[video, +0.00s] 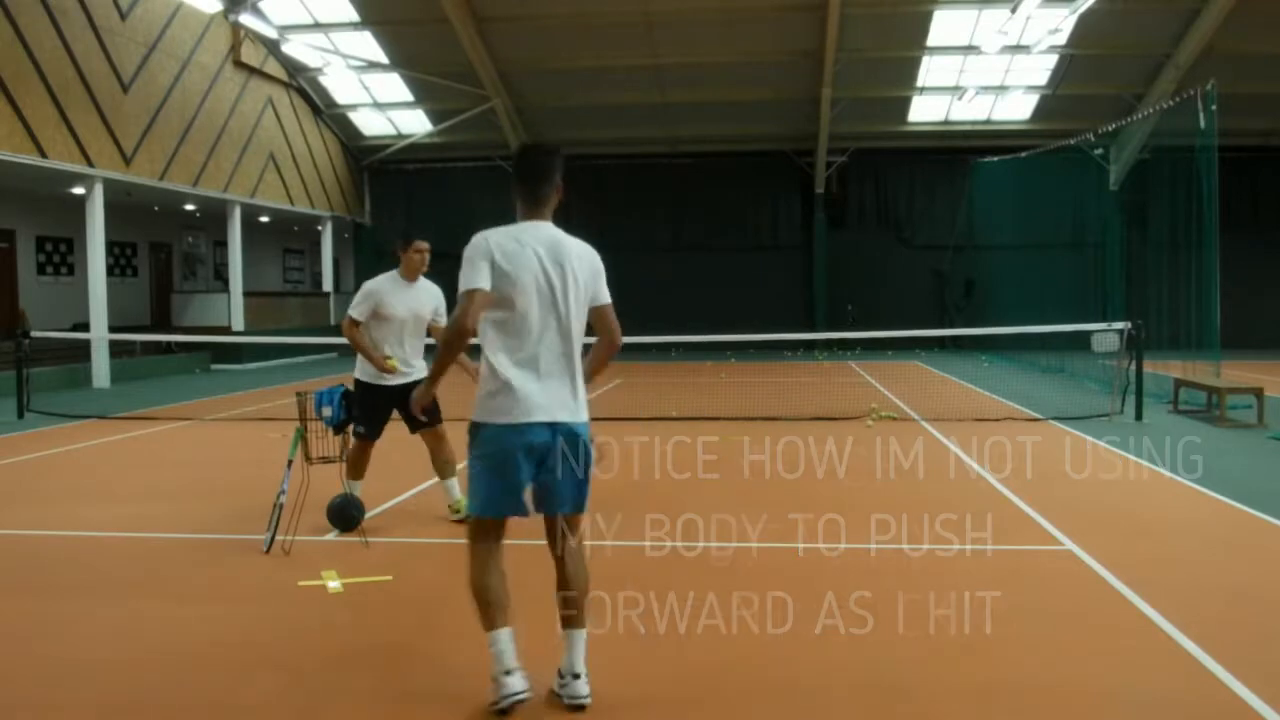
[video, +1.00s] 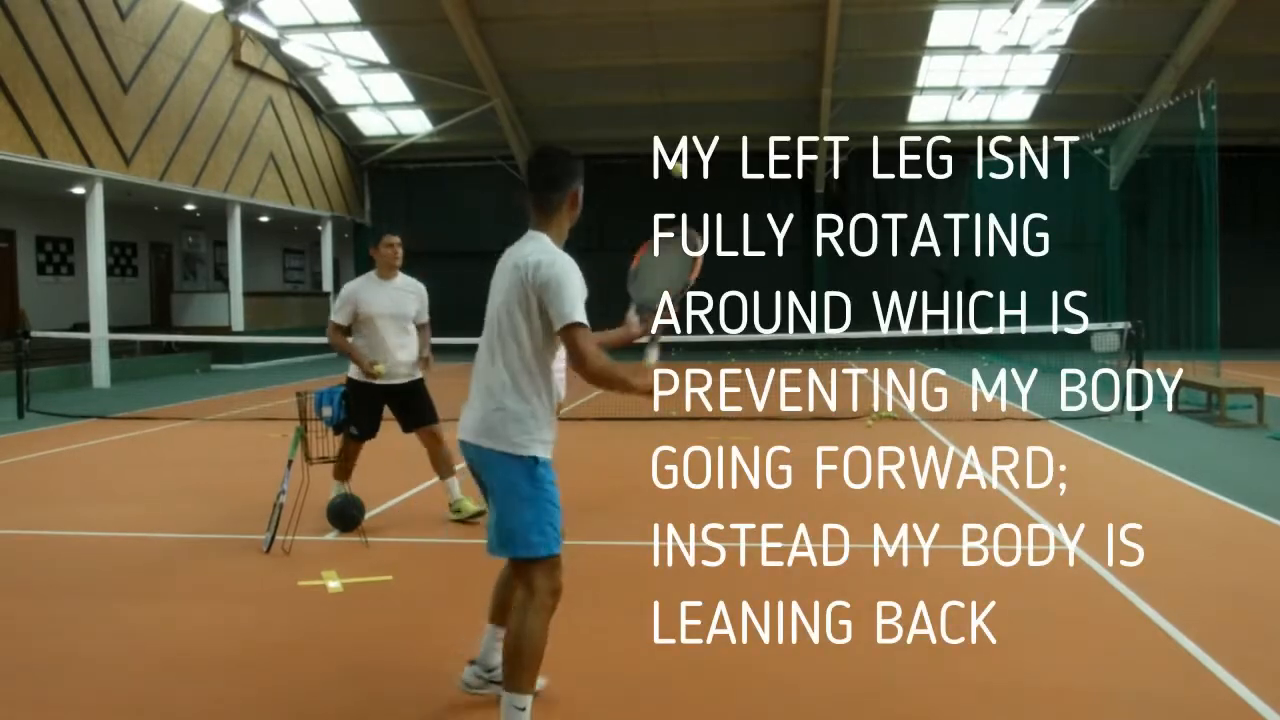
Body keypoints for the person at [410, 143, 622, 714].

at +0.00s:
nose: (553, 194)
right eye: (558, 185)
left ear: (514, 190)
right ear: (558, 192)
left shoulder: (487, 244)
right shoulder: (584, 255)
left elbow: (466, 322)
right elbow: (610, 337)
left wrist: (429, 385)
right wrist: (573, 386)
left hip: (504, 422)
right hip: (568, 421)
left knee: (485, 541)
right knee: (567, 536)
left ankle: (508, 673)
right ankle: (575, 673)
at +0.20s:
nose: (523, 222)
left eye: (515, 214)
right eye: (525, 214)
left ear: (476, 219)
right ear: (522, 219)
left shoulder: (441, 278)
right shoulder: (545, 284)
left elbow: (407, 359)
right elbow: (594, 371)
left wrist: (404, 419)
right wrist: (585, 407)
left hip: (454, 447)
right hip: (523, 449)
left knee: (422, 573)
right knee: (550, 551)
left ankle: (394, 701)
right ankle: (573, 680)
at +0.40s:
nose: (510, 204)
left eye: (506, 196)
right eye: (511, 196)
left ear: (459, 198)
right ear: (503, 198)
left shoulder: (423, 256)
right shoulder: (514, 263)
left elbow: (400, 341)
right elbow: (527, 359)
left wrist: (444, 369)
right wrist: (531, 404)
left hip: (426, 433)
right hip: (492, 433)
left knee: (421, 568)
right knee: (543, 557)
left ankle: (395, 704)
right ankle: (573, 682)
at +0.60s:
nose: (521, 205)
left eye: (518, 197)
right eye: (521, 197)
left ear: (470, 200)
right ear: (515, 201)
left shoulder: (443, 261)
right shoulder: (514, 266)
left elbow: (438, 346)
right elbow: (525, 366)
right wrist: (539, 411)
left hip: (428, 441)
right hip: (485, 446)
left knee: (435, 569)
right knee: (551, 571)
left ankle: (396, 703)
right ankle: (537, 709)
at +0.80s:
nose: (556, 212)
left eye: (545, 203)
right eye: (556, 205)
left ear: (506, 205)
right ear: (551, 208)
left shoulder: (481, 269)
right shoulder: (539, 277)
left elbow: (496, 361)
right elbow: (558, 382)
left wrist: (571, 361)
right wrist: (585, 415)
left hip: (458, 449)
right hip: (505, 455)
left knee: (490, 561)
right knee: (559, 590)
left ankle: (412, 681)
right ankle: (521, 713)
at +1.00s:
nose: (581, 203)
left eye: (577, 195)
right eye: (582, 195)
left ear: (530, 195)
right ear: (576, 198)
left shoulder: (515, 256)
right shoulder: (554, 266)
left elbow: (546, 340)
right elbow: (591, 365)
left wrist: (617, 333)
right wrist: (651, 386)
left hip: (486, 434)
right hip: (517, 442)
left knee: (525, 560)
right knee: (543, 585)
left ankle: (488, 663)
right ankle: (517, 710)